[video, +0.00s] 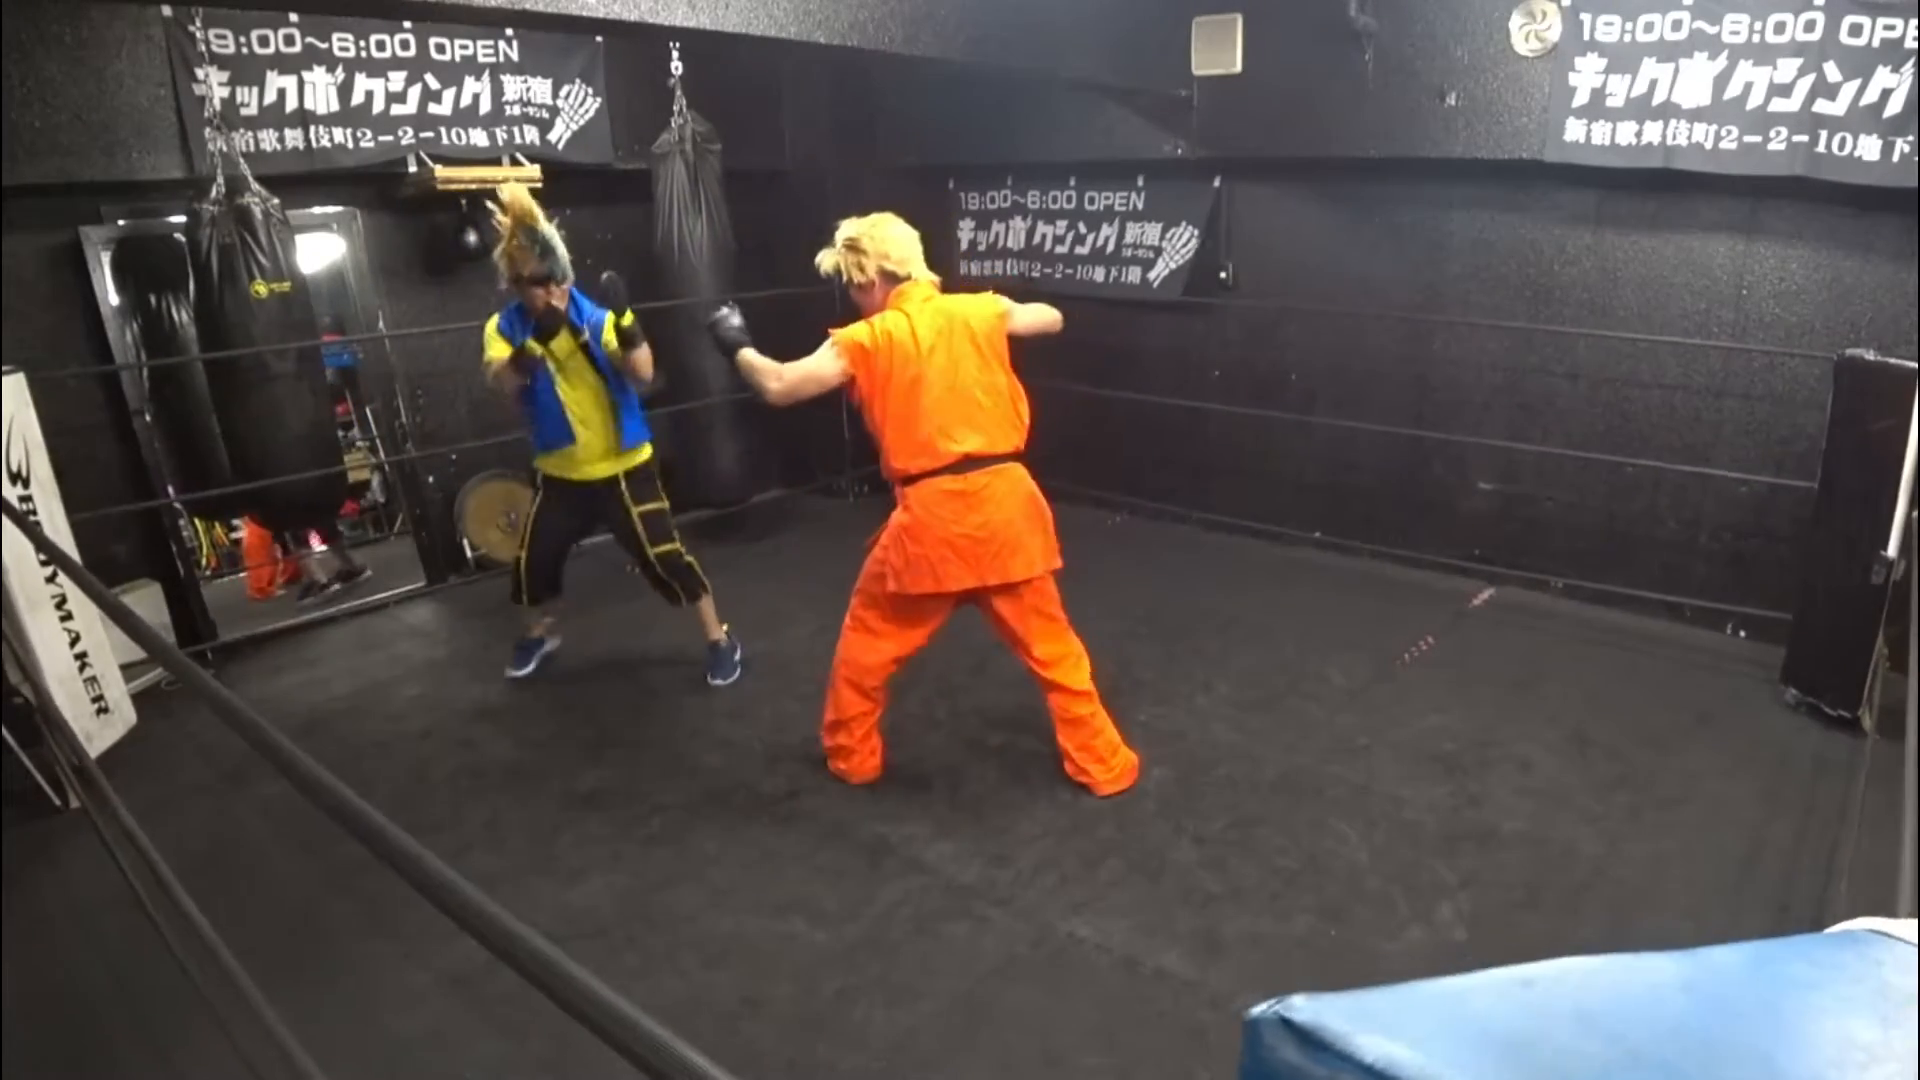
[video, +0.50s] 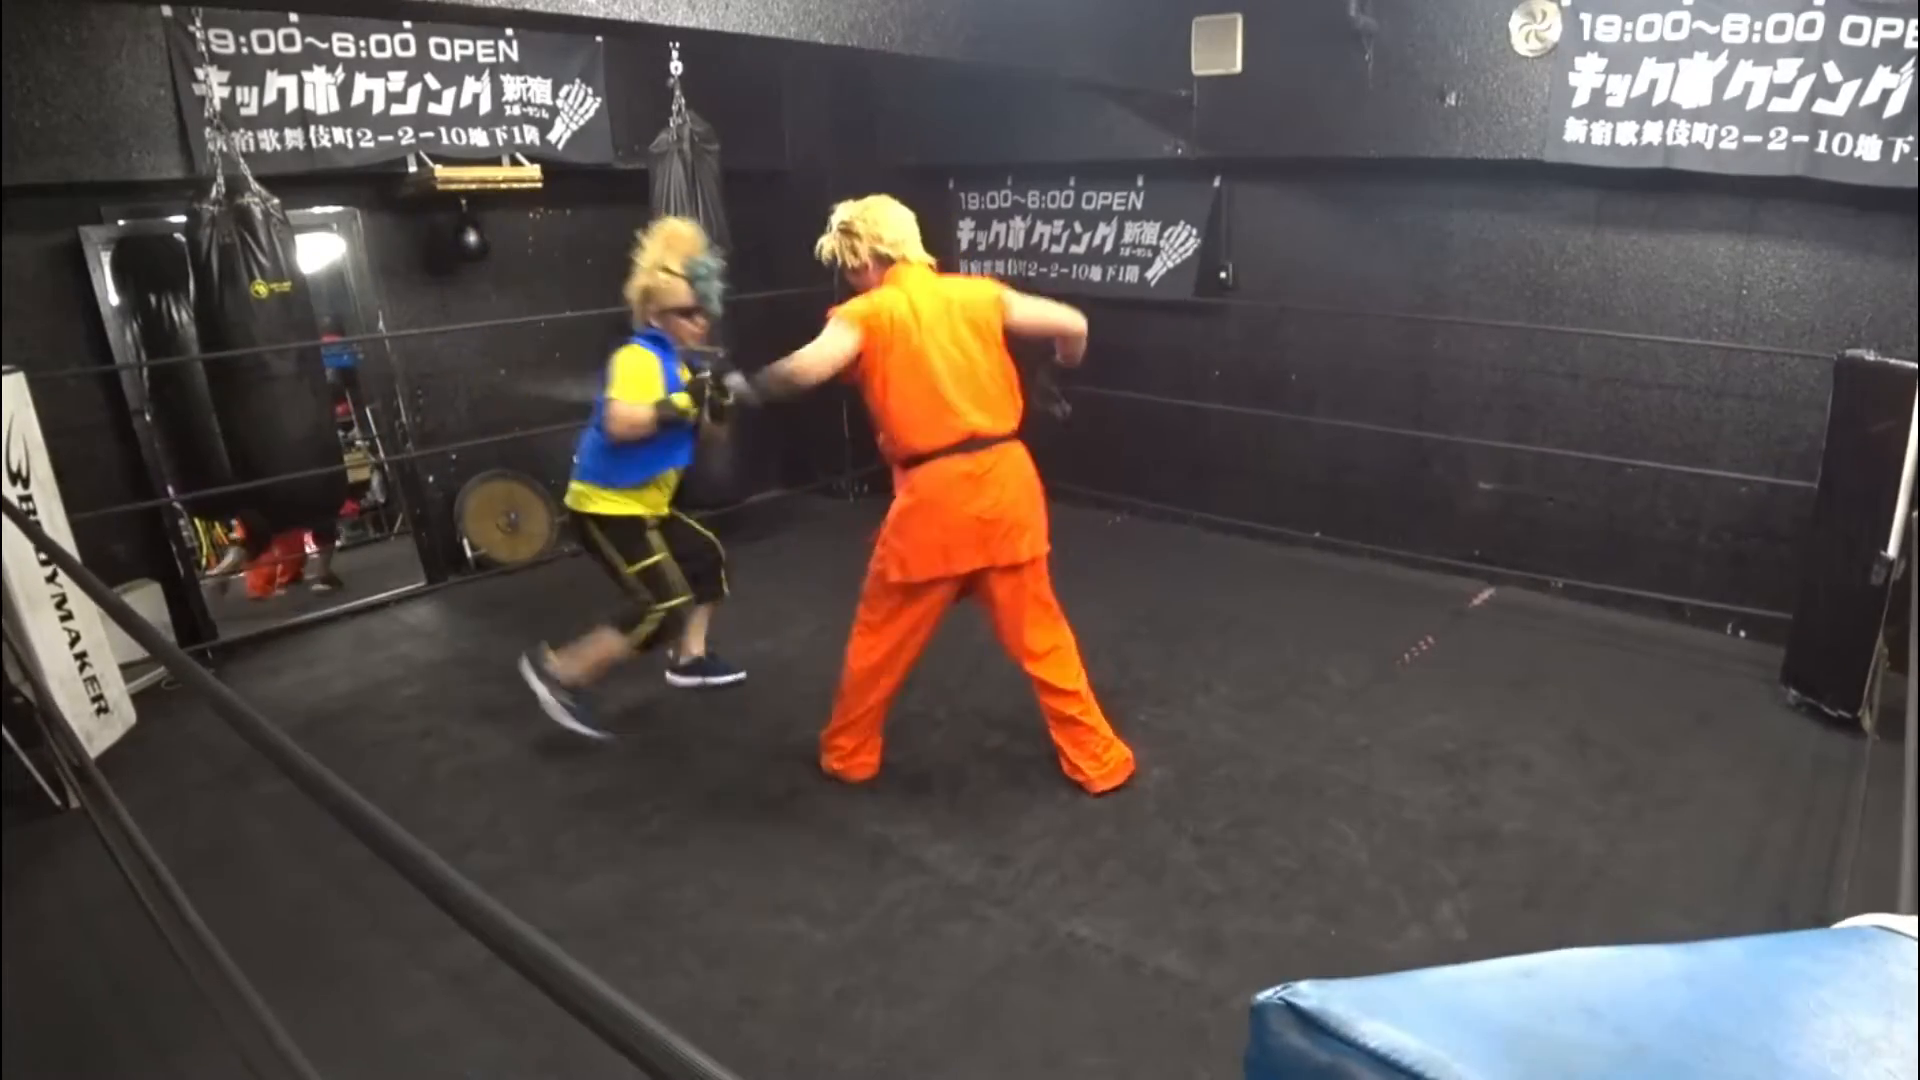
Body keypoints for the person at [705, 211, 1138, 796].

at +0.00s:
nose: (852, 298)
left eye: (854, 285)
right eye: (850, 286)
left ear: (875, 278)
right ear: (914, 269)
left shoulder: (865, 338)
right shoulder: (981, 309)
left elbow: (779, 385)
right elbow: (1052, 318)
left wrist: (738, 345)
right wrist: (991, 315)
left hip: (931, 514)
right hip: (1010, 497)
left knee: (872, 629)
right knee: (1050, 637)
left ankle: (853, 755)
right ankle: (1103, 765)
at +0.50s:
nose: (847, 280)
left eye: (847, 267)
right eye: (843, 269)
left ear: (867, 260)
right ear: (912, 249)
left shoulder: (865, 312)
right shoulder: (975, 293)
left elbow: (806, 369)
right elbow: (1072, 323)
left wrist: (749, 386)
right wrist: (1062, 371)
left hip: (932, 496)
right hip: (1010, 481)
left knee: (881, 633)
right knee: (1040, 629)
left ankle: (849, 754)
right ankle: (1098, 762)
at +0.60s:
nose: (850, 271)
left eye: (850, 258)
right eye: (847, 259)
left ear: (870, 248)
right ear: (913, 237)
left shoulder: (873, 298)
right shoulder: (973, 275)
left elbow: (897, 331)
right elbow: (1069, 294)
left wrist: (880, 395)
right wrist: (1077, 381)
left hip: (953, 481)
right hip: (1026, 465)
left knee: (898, 628)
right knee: (1049, 625)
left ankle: (862, 752)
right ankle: (1098, 760)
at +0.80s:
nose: (874, 281)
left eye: (875, 267)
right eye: (870, 268)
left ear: (897, 253)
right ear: (938, 249)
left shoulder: (910, 307)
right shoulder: (999, 301)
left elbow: (920, 398)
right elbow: (1070, 371)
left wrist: (859, 399)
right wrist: (1016, 422)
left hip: (979, 500)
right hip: (1047, 485)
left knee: (917, 640)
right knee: (1063, 641)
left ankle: (915, 772)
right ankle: (1102, 761)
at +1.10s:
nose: (927, 273)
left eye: (927, 257)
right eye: (922, 260)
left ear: (952, 243)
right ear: (983, 237)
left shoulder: (969, 312)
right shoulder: (1049, 283)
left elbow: (968, 428)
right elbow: (1123, 354)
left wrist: (906, 429)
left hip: (1029, 507)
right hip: (1093, 492)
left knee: (949, 636)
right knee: (1067, 642)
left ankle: (913, 763)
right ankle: (1109, 759)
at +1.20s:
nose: (941, 274)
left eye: (941, 256)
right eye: (935, 260)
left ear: (970, 239)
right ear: (996, 234)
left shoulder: (983, 298)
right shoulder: (1068, 277)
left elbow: (960, 374)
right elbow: (1148, 321)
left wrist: (891, 365)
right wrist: (1096, 355)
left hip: (1053, 508)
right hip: (1116, 489)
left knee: (993, 642)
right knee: (1094, 636)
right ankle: (1127, 751)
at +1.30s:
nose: (954, 275)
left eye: (956, 258)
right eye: (949, 261)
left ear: (988, 245)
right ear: (1018, 243)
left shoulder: (991, 306)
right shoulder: (1082, 295)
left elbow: (954, 355)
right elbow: (1158, 330)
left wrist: (883, 327)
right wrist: (1110, 350)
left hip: (1080, 518)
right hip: (1141, 505)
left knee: (1046, 666)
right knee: (1124, 664)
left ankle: (1127, 792)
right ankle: (1143, 780)